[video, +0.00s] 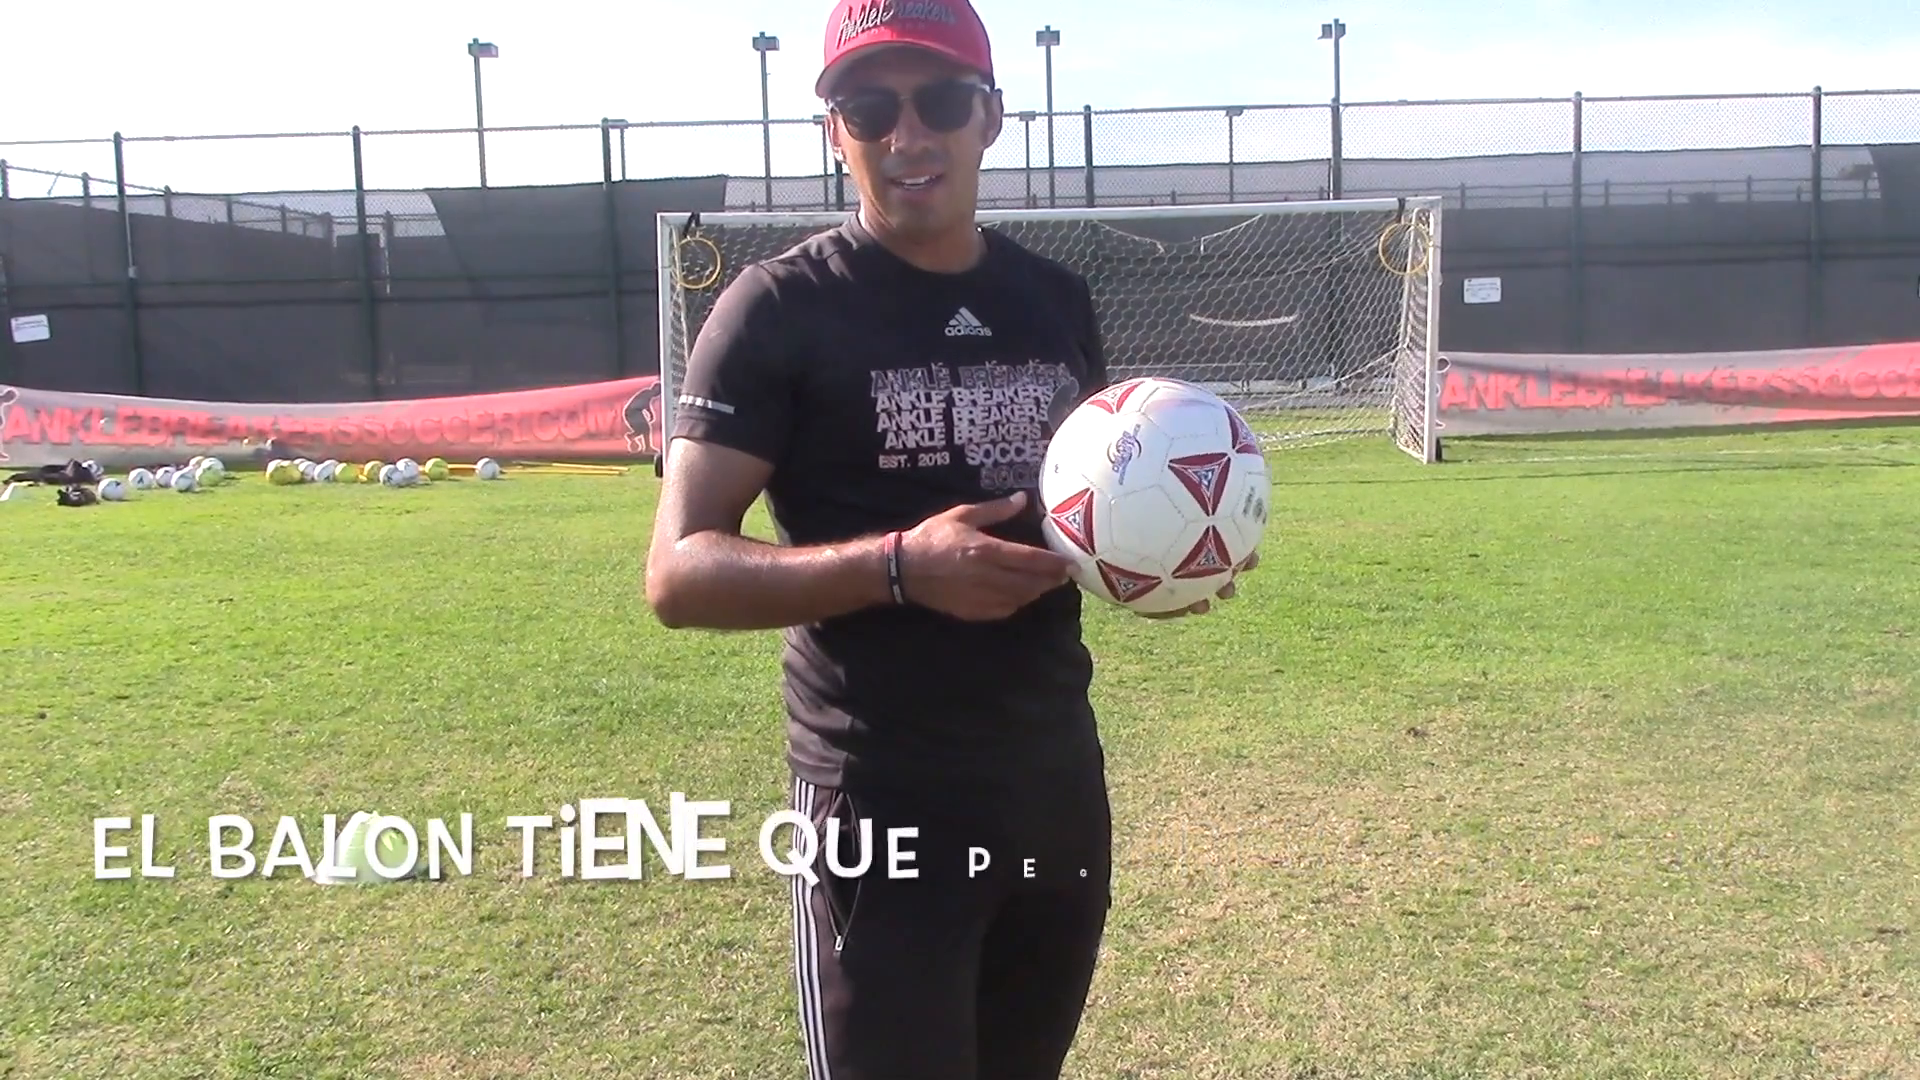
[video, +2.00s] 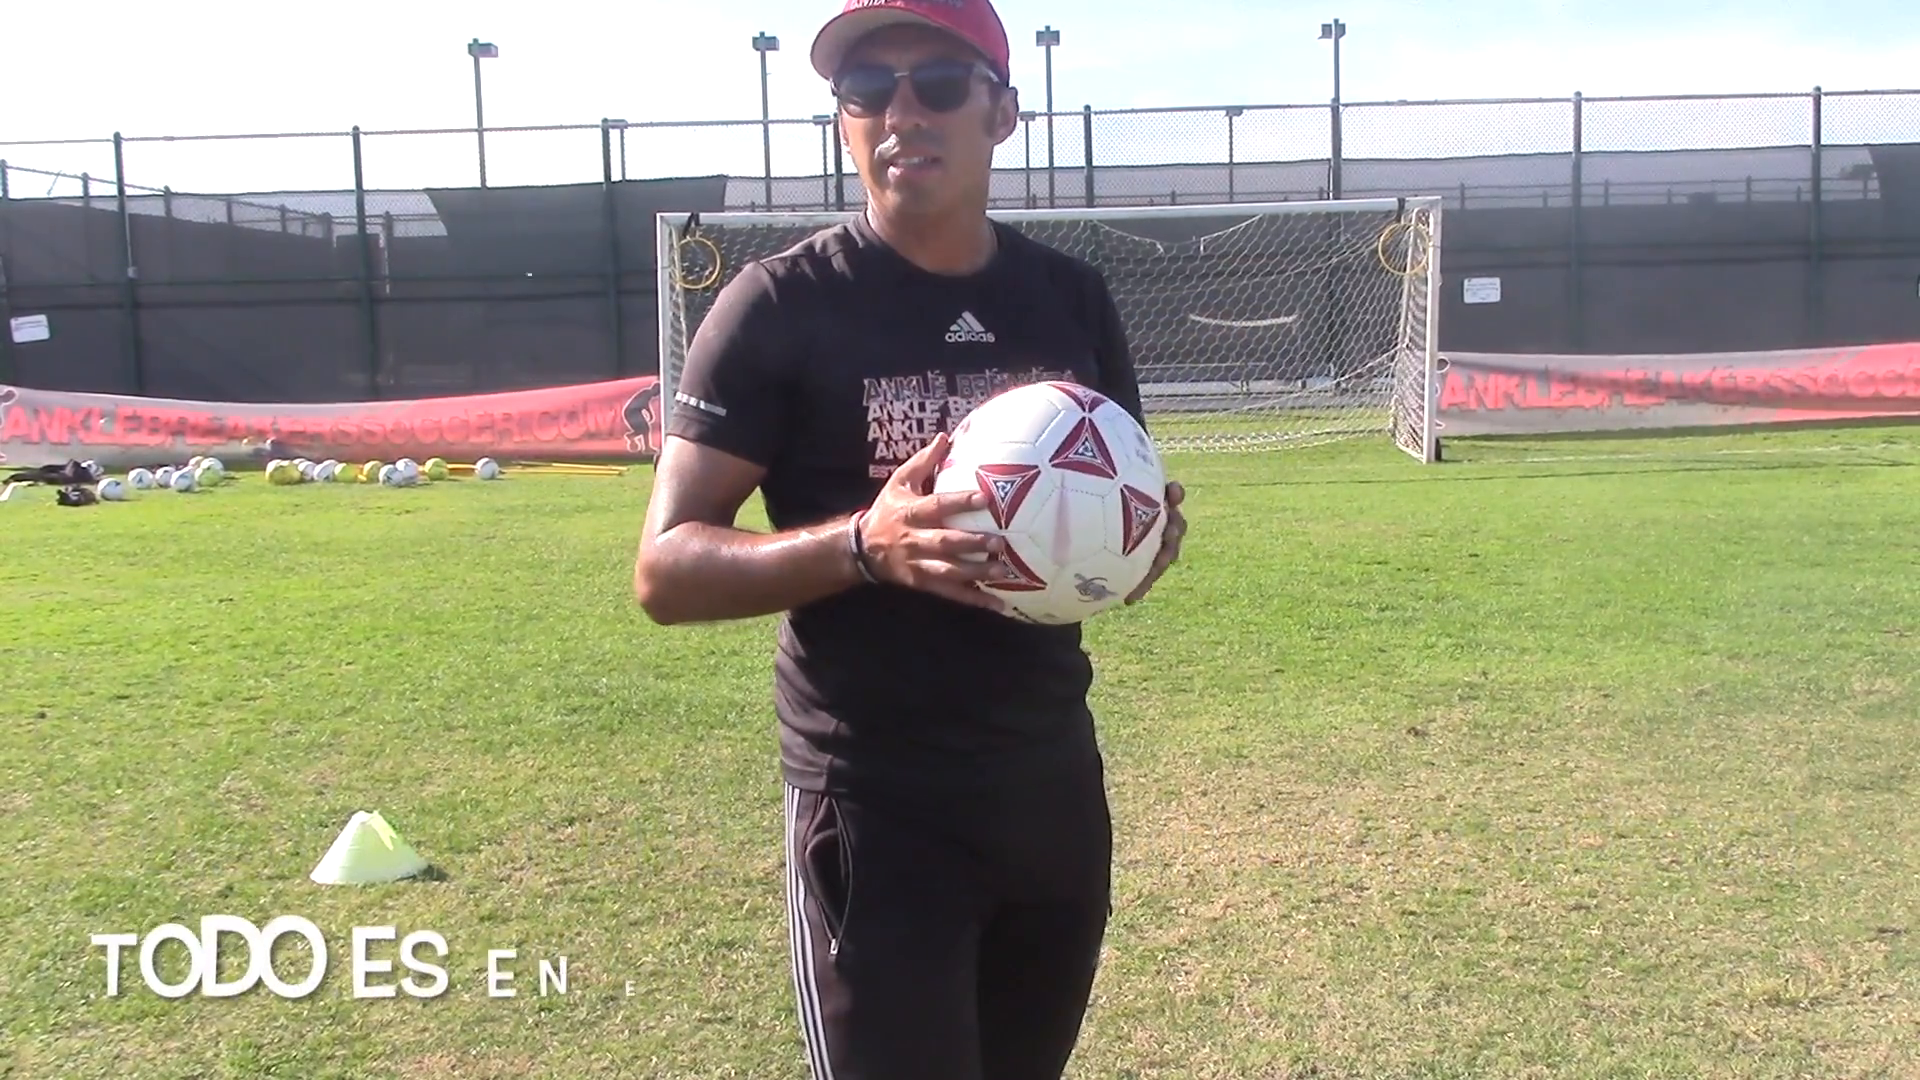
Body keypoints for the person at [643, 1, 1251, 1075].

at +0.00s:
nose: (909, 139)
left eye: (941, 104)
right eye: (874, 109)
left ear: (990, 118)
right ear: (836, 135)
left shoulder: (1053, 300)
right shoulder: (774, 309)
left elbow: (1093, 499)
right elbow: (678, 574)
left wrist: (1161, 482)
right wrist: (897, 567)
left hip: (1053, 771)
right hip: (876, 783)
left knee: (1023, 1063)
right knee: (890, 1062)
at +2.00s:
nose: (904, 116)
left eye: (940, 86)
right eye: (871, 92)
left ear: (1001, 117)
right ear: (841, 124)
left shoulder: (1070, 295)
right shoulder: (771, 309)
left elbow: (1120, 501)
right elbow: (667, 572)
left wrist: (1146, 525)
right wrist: (858, 547)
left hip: (1050, 775)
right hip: (870, 789)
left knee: (1024, 1062)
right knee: (894, 1061)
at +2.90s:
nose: (1066, 116)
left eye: (1056, 87)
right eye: (1037, 87)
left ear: (942, 109)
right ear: (931, 104)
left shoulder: (914, 280)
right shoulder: (859, 287)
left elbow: (924, 537)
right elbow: (801, 619)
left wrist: (1077, 573)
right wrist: (1065, 589)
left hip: (891, 784)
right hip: (828, 797)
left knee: (951, 1053)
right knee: (885, 1066)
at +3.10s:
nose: (1029, 147)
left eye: (1024, 119)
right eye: (1014, 118)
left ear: (916, 136)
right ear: (955, 132)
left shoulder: (812, 284)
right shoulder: (913, 293)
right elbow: (928, 583)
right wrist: (1097, 556)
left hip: (808, 759)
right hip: (843, 783)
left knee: (938, 1042)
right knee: (867, 1059)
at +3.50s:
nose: (1001, 173)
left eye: (997, 153)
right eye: (999, 154)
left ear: (869, 168)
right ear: (982, 165)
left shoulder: (781, 295)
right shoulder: (1005, 293)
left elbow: (704, 511)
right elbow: (1075, 531)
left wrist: (844, 533)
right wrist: (1063, 565)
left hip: (793, 701)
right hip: (950, 710)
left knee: (851, 1020)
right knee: (1059, 978)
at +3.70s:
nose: (1032, 211)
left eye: (1026, 196)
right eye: (1031, 197)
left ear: (908, 207)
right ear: (1023, 205)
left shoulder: (819, 320)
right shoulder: (1063, 331)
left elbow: (746, 526)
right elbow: (1138, 545)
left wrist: (861, 555)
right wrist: (1083, 567)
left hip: (855, 699)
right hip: (1009, 706)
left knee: (879, 1001)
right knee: (1041, 985)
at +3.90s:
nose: (1087, 216)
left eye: (1075, 201)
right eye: (1087, 203)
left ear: (974, 206)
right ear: (1079, 211)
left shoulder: (881, 307)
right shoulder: (1110, 332)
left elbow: (807, 487)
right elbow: (1163, 535)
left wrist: (895, 549)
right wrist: (1094, 543)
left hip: (908, 660)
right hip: (1049, 665)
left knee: (915, 938)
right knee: (1047, 936)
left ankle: (896, 1069)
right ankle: (1051, 1075)